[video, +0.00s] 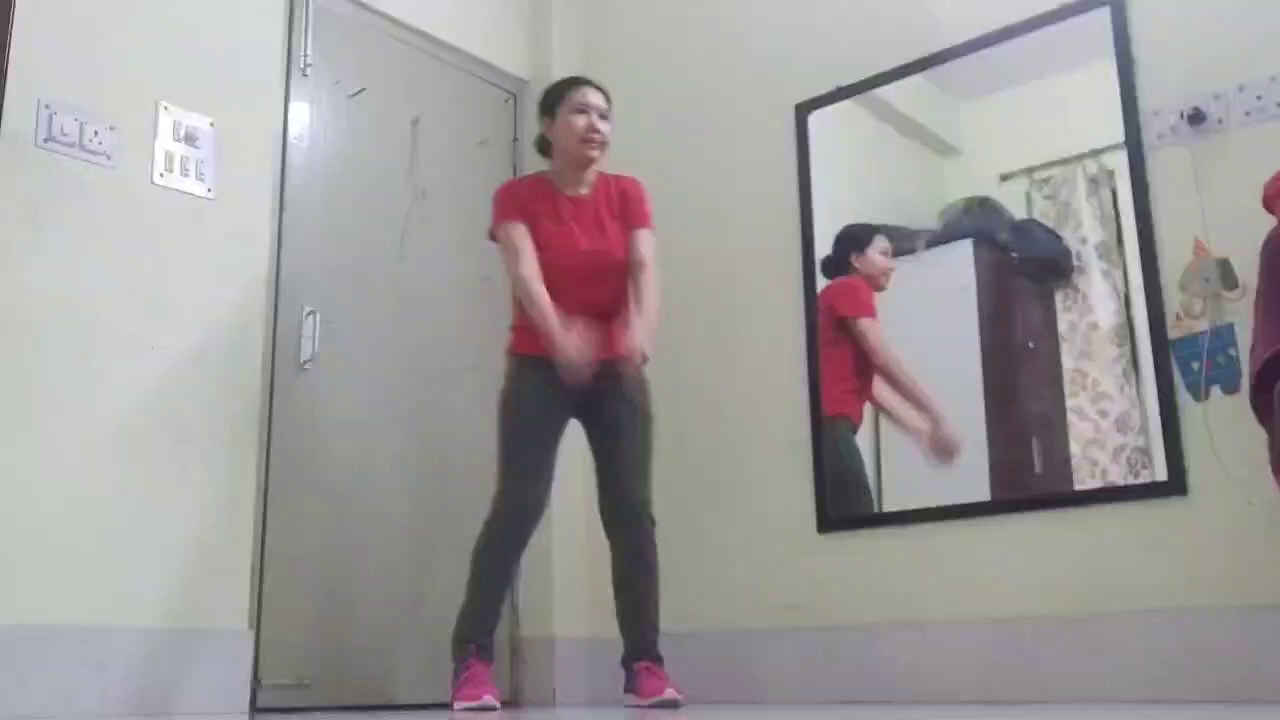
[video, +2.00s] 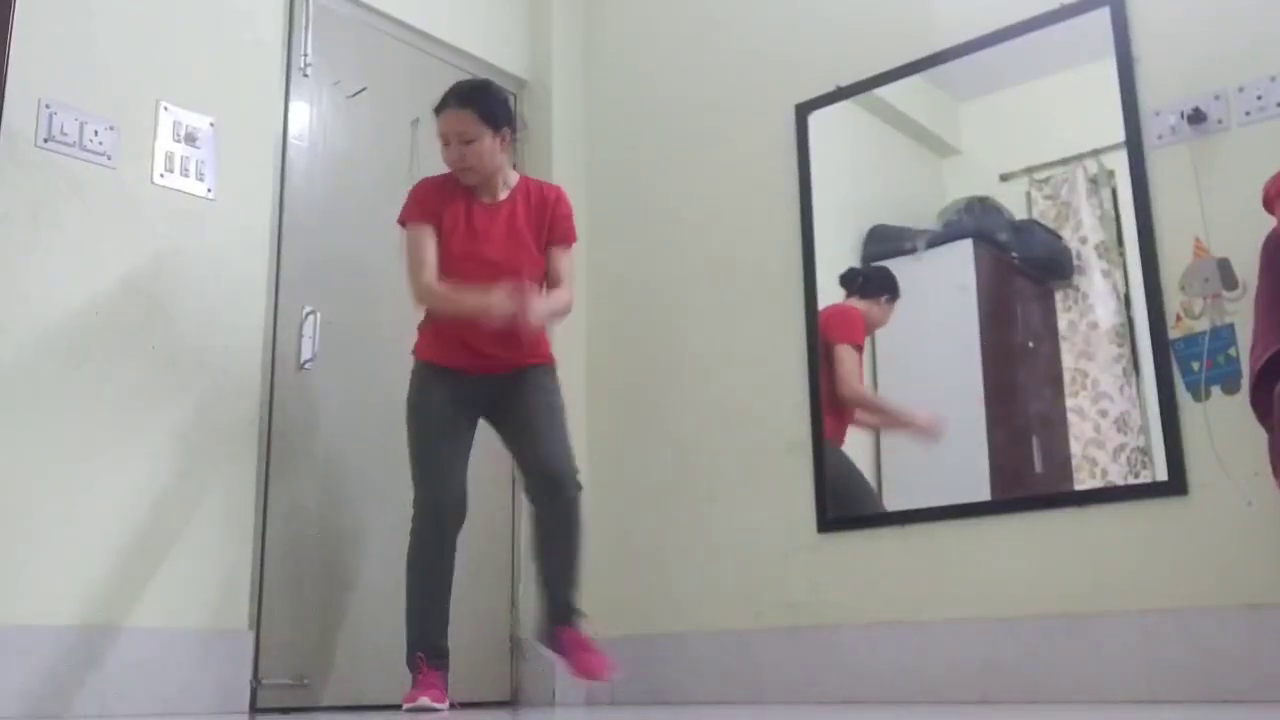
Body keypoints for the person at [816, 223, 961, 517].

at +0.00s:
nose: (892, 265)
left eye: (892, 256)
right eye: (884, 254)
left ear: (859, 261)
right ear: (856, 260)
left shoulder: (837, 297)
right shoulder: (849, 289)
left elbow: (874, 388)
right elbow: (882, 358)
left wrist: (926, 433)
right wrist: (937, 418)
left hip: (830, 426)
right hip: (829, 426)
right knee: (860, 524)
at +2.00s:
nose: (886, 321)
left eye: (891, 312)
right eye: (891, 310)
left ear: (859, 292)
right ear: (882, 300)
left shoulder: (833, 318)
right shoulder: (846, 315)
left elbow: (848, 411)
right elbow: (848, 390)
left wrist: (906, 423)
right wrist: (911, 418)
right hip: (820, 447)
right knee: (875, 523)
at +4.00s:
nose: (881, 321)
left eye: (883, 312)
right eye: (883, 311)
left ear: (844, 299)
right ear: (876, 305)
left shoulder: (830, 323)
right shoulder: (845, 324)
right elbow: (807, 335)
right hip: (805, 460)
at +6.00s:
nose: (859, 302)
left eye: (859, 293)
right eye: (857, 292)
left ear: (840, 291)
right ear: (841, 290)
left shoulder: (816, 328)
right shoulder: (818, 331)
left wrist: (823, 497)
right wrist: (824, 499)